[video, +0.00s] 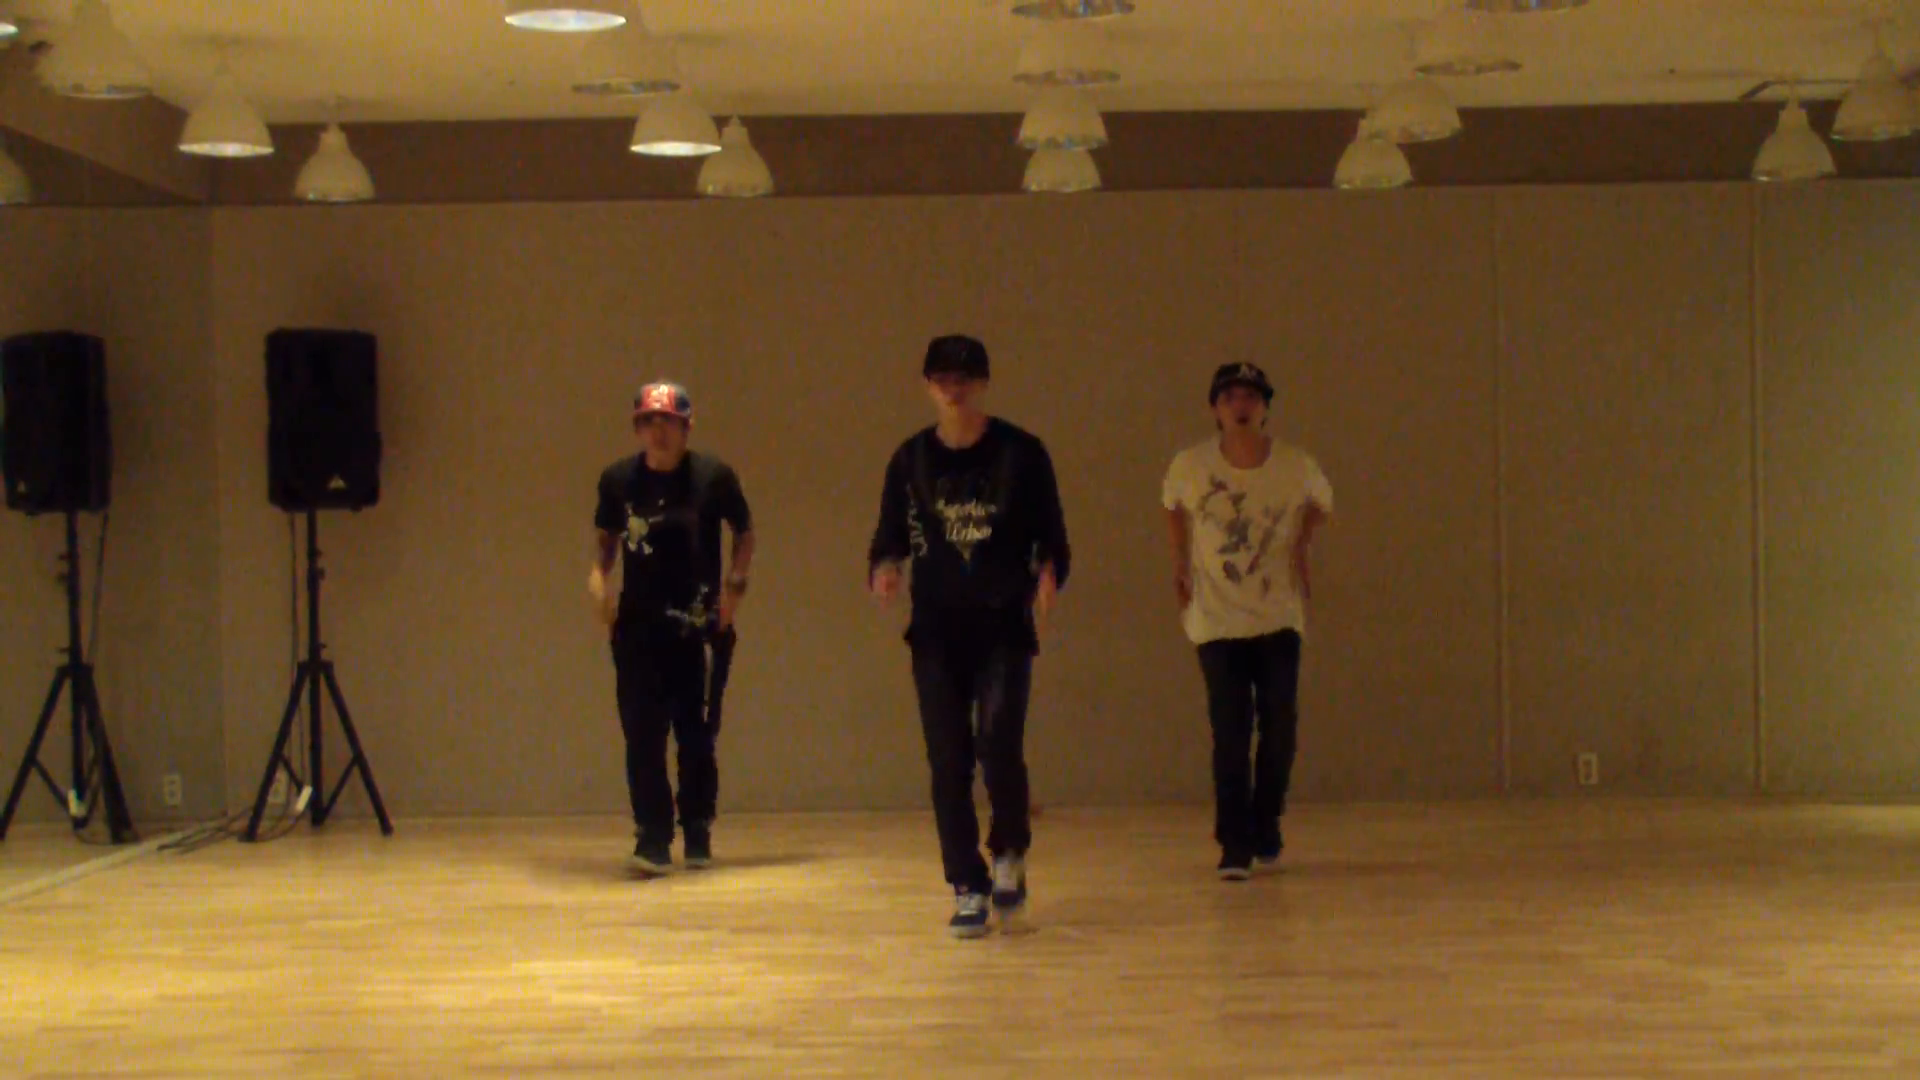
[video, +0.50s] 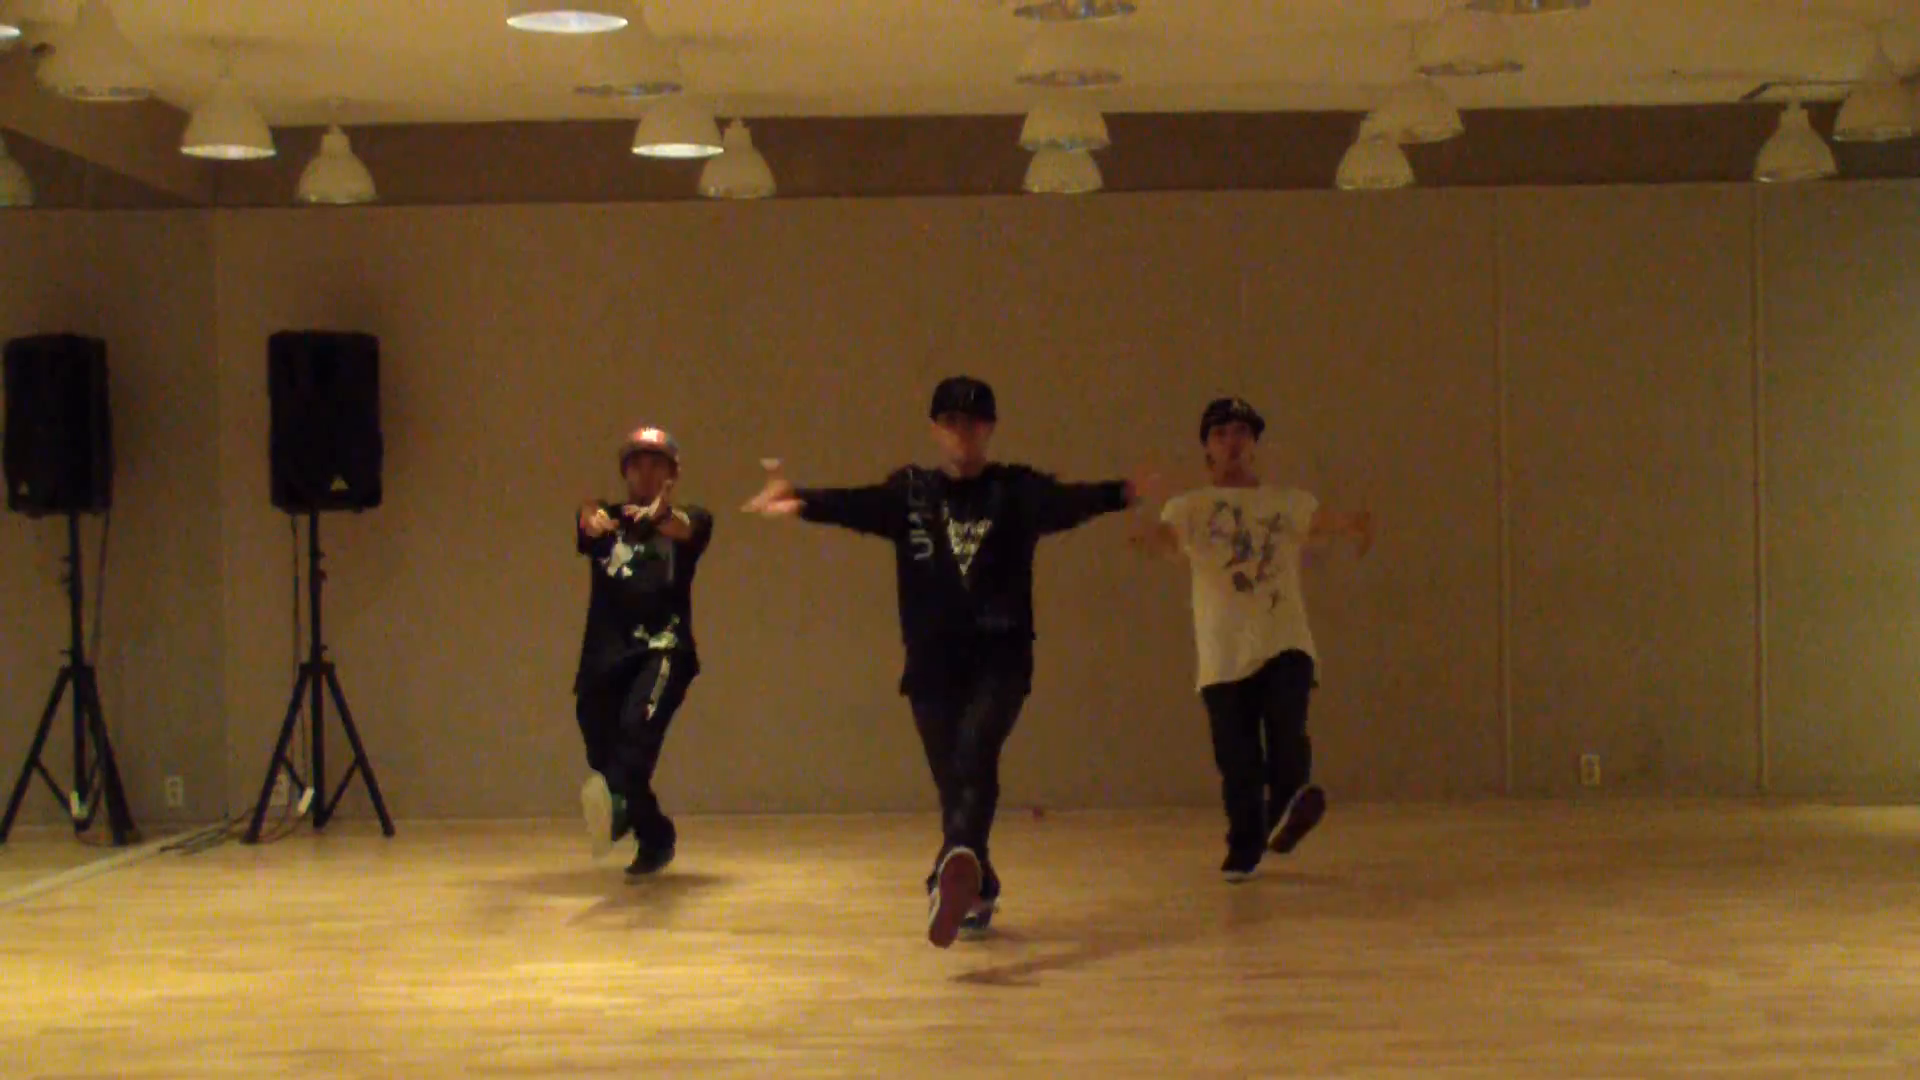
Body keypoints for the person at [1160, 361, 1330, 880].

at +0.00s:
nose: (1240, 404)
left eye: (1249, 396)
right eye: (1229, 396)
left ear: (1265, 406)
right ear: (1215, 408)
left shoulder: (1295, 464)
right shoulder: (1190, 466)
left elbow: (1319, 508)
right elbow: (1176, 519)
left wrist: (1299, 550)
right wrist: (1181, 572)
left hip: (1278, 617)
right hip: (1217, 619)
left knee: (1279, 729)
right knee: (1231, 732)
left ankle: (1266, 831)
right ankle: (1234, 844)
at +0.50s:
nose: (1233, 443)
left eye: (1242, 434)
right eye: (1222, 434)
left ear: (1256, 443)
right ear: (1205, 447)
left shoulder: (1286, 502)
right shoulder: (1191, 507)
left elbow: (1321, 525)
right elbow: (1169, 538)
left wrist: (1355, 526)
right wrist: (1148, 539)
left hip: (1283, 641)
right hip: (1223, 651)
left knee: (1287, 727)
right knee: (1237, 758)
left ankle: (1287, 811)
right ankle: (1244, 849)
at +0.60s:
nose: (1239, 426)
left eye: (1249, 417)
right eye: (1229, 417)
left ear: (1263, 424)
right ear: (1210, 427)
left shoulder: (1297, 489)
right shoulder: (1189, 498)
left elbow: (1372, 499)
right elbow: (1118, 505)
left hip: (1288, 629)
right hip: (1225, 641)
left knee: (1296, 707)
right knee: (1237, 751)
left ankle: (1300, 815)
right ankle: (1239, 839)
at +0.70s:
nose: (1243, 425)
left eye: (1253, 415)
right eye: (1232, 416)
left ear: (1270, 421)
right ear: (1216, 424)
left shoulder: (1306, 483)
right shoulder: (1192, 488)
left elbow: (1381, 505)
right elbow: (1119, 508)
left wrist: (1445, 507)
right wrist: (1062, 507)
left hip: (1297, 627)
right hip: (1233, 634)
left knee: (1299, 722)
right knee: (1240, 730)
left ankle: (1314, 842)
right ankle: (1225, 844)